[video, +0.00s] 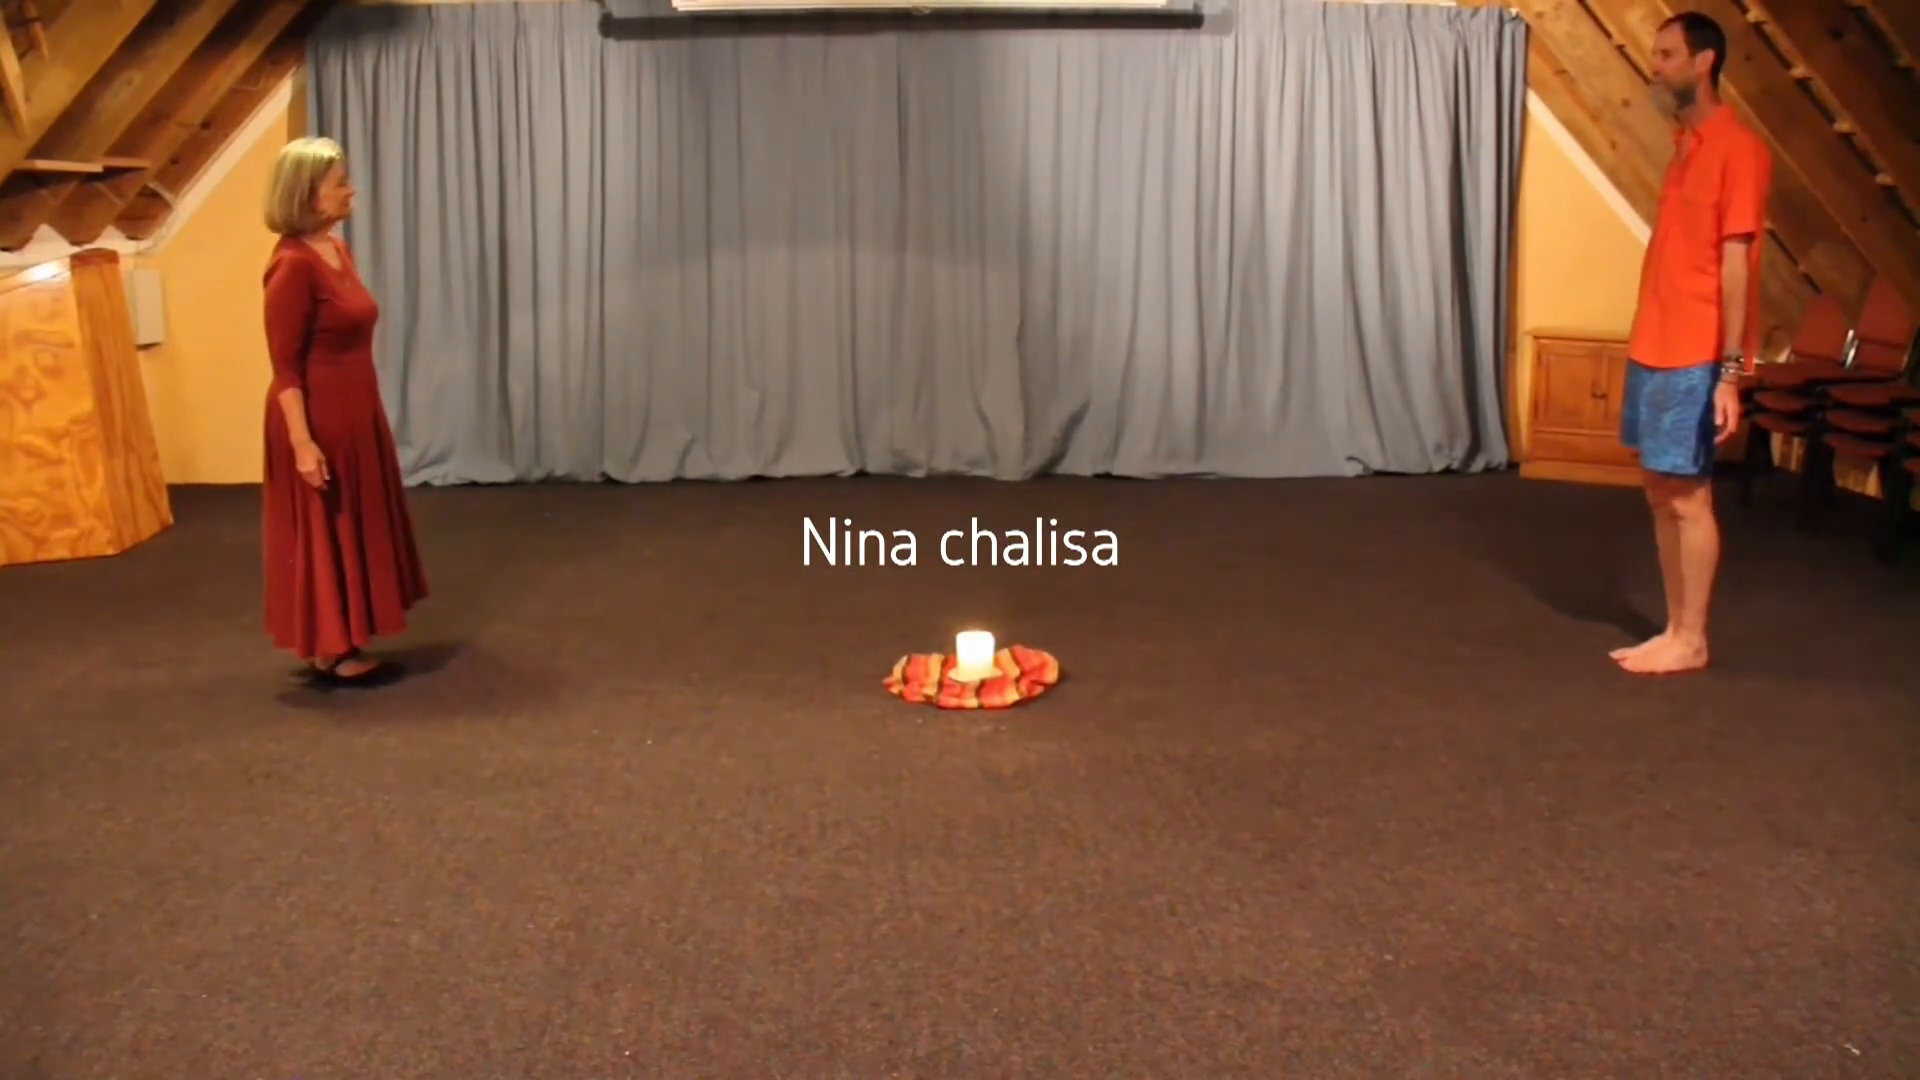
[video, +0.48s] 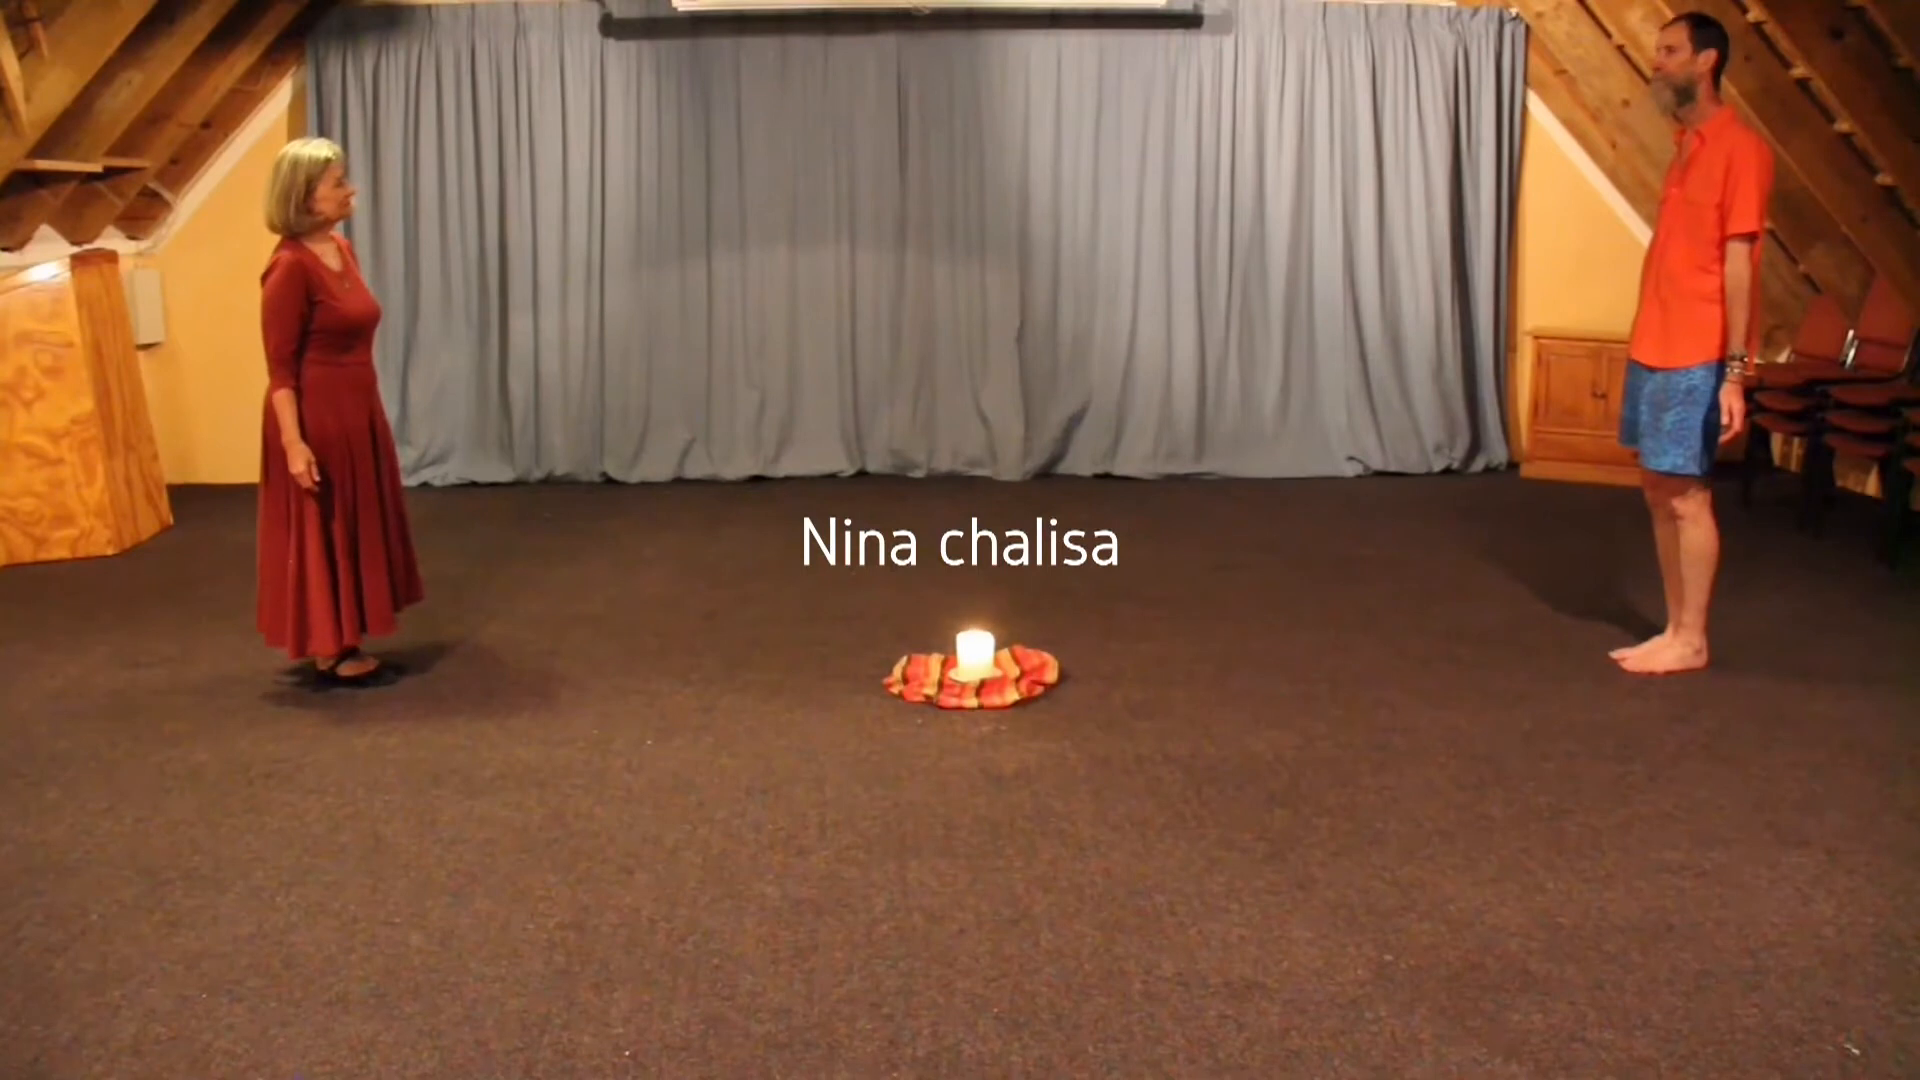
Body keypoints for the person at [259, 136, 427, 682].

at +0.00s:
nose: (350, 191)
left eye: (348, 181)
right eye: (339, 184)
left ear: (334, 188)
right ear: (308, 195)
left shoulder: (336, 248)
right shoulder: (292, 265)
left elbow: (344, 345)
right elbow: (284, 365)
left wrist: (364, 409)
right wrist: (301, 442)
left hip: (354, 407)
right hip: (319, 414)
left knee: (348, 522)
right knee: (324, 526)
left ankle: (340, 641)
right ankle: (328, 647)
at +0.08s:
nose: (349, 191)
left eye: (347, 181)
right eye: (338, 184)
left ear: (331, 190)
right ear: (308, 196)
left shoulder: (335, 248)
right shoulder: (292, 265)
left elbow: (344, 345)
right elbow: (282, 365)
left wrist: (364, 410)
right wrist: (299, 442)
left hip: (353, 407)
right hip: (318, 414)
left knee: (346, 522)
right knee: (323, 526)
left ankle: (337, 642)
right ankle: (328, 647)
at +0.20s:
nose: (350, 191)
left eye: (347, 181)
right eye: (338, 185)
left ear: (328, 193)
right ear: (307, 198)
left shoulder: (335, 248)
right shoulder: (290, 267)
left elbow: (345, 341)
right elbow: (281, 365)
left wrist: (364, 407)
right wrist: (296, 441)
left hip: (353, 404)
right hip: (318, 411)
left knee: (350, 520)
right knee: (323, 524)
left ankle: (342, 642)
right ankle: (328, 647)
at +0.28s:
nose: (350, 191)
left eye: (346, 181)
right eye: (338, 185)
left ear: (328, 193)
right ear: (307, 198)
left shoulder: (336, 248)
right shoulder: (289, 267)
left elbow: (345, 341)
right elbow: (280, 366)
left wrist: (363, 408)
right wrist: (295, 441)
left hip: (353, 404)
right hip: (317, 410)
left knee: (350, 519)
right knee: (323, 523)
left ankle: (341, 642)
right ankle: (328, 647)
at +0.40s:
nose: (349, 191)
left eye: (346, 181)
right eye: (338, 185)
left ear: (331, 192)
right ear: (307, 198)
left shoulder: (339, 248)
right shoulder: (289, 267)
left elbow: (347, 340)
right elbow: (280, 366)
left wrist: (365, 409)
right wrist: (293, 442)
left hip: (354, 405)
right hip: (317, 411)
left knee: (349, 519)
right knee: (322, 523)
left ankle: (342, 642)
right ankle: (327, 647)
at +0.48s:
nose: (350, 191)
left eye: (347, 181)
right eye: (338, 185)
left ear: (332, 192)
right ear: (307, 198)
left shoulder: (341, 249)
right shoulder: (289, 268)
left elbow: (350, 340)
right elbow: (280, 366)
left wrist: (367, 409)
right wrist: (293, 442)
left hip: (355, 405)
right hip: (316, 411)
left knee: (350, 520)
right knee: (322, 524)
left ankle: (342, 641)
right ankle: (327, 647)